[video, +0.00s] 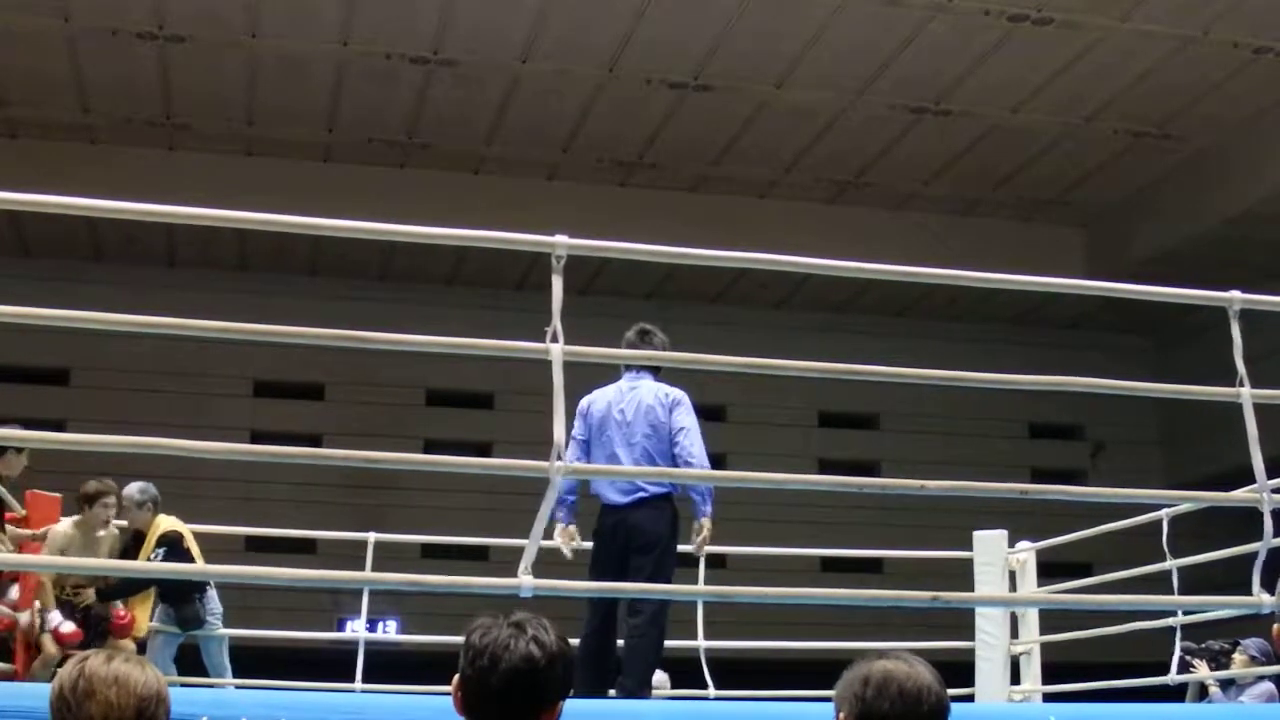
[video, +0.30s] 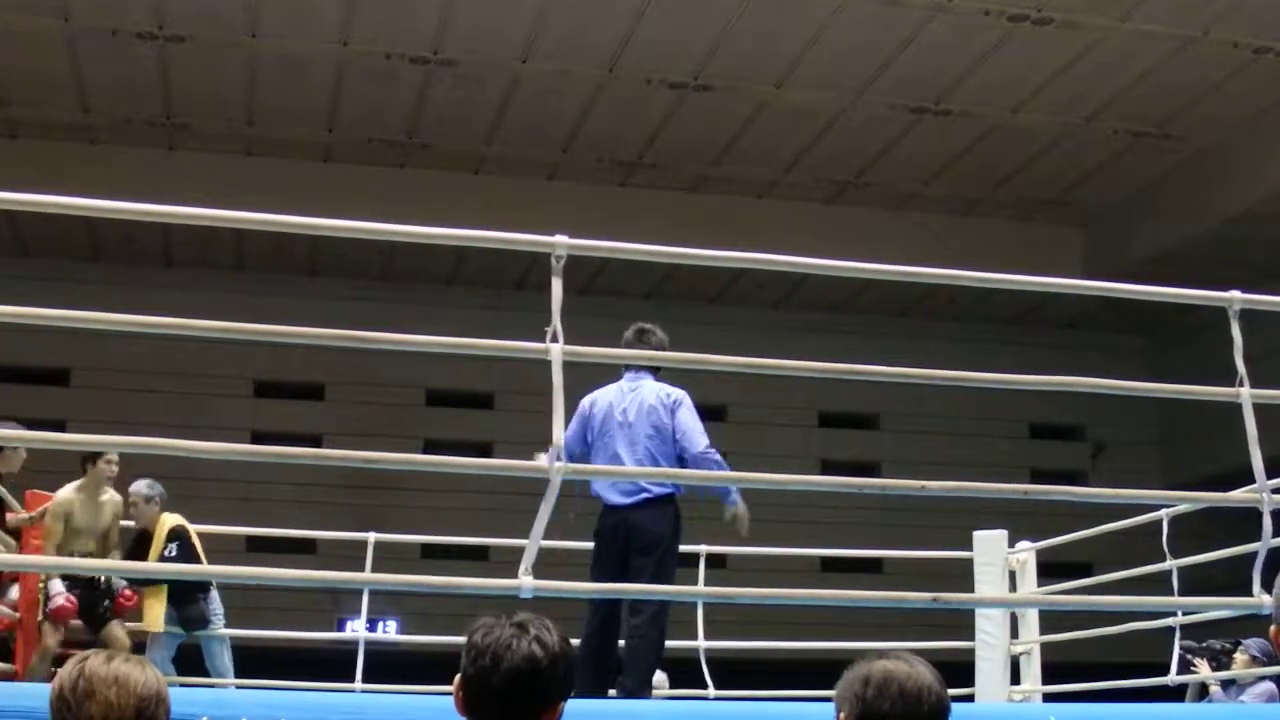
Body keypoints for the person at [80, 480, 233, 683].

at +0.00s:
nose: (123, 514)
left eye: (127, 509)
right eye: (123, 509)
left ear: (148, 509)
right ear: (145, 510)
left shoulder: (170, 534)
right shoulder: (138, 535)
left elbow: (146, 579)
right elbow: (122, 568)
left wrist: (99, 595)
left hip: (201, 600)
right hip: (170, 603)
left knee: (218, 666)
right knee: (157, 658)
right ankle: (174, 711)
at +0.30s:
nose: (130, 511)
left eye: (135, 505)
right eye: (129, 506)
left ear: (155, 504)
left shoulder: (175, 529)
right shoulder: (144, 535)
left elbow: (167, 571)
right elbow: (126, 568)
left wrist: (130, 579)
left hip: (203, 601)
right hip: (171, 604)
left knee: (219, 666)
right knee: (156, 658)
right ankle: (179, 708)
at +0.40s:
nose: (131, 516)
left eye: (135, 510)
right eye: (130, 511)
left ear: (154, 509)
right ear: (151, 510)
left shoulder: (176, 531)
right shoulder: (144, 540)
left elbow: (172, 577)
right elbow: (144, 572)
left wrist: (136, 566)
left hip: (201, 601)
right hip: (170, 603)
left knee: (219, 664)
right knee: (156, 657)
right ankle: (175, 707)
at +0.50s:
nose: (131, 523)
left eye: (134, 517)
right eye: (130, 518)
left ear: (154, 516)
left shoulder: (177, 536)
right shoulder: (145, 544)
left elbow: (186, 579)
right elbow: (144, 582)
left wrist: (150, 567)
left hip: (203, 603)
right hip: (172, 605)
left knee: (218, 665)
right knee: (156, 657)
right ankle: (174, 706)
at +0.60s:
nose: (130, 531)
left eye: (135, 526)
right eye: (129, 526)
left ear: (155, 524)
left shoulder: (176, 541)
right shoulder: (144, 549)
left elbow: (201, 587)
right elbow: (136, 581)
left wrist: (156, 577)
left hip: (205, 604)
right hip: (175, 605)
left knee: (219, 667)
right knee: (155, 658)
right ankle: (175, 705)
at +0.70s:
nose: (131, 542)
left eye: (135, 537)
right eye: (129, 537)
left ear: (155, 533)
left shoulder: (178, 549)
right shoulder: (144, 556)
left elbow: (200, 590)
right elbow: (134, 593)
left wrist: (159, 585)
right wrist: (109, 609)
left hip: (208, 608)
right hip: (177, 610)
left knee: (218, 669)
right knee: (154, 658)